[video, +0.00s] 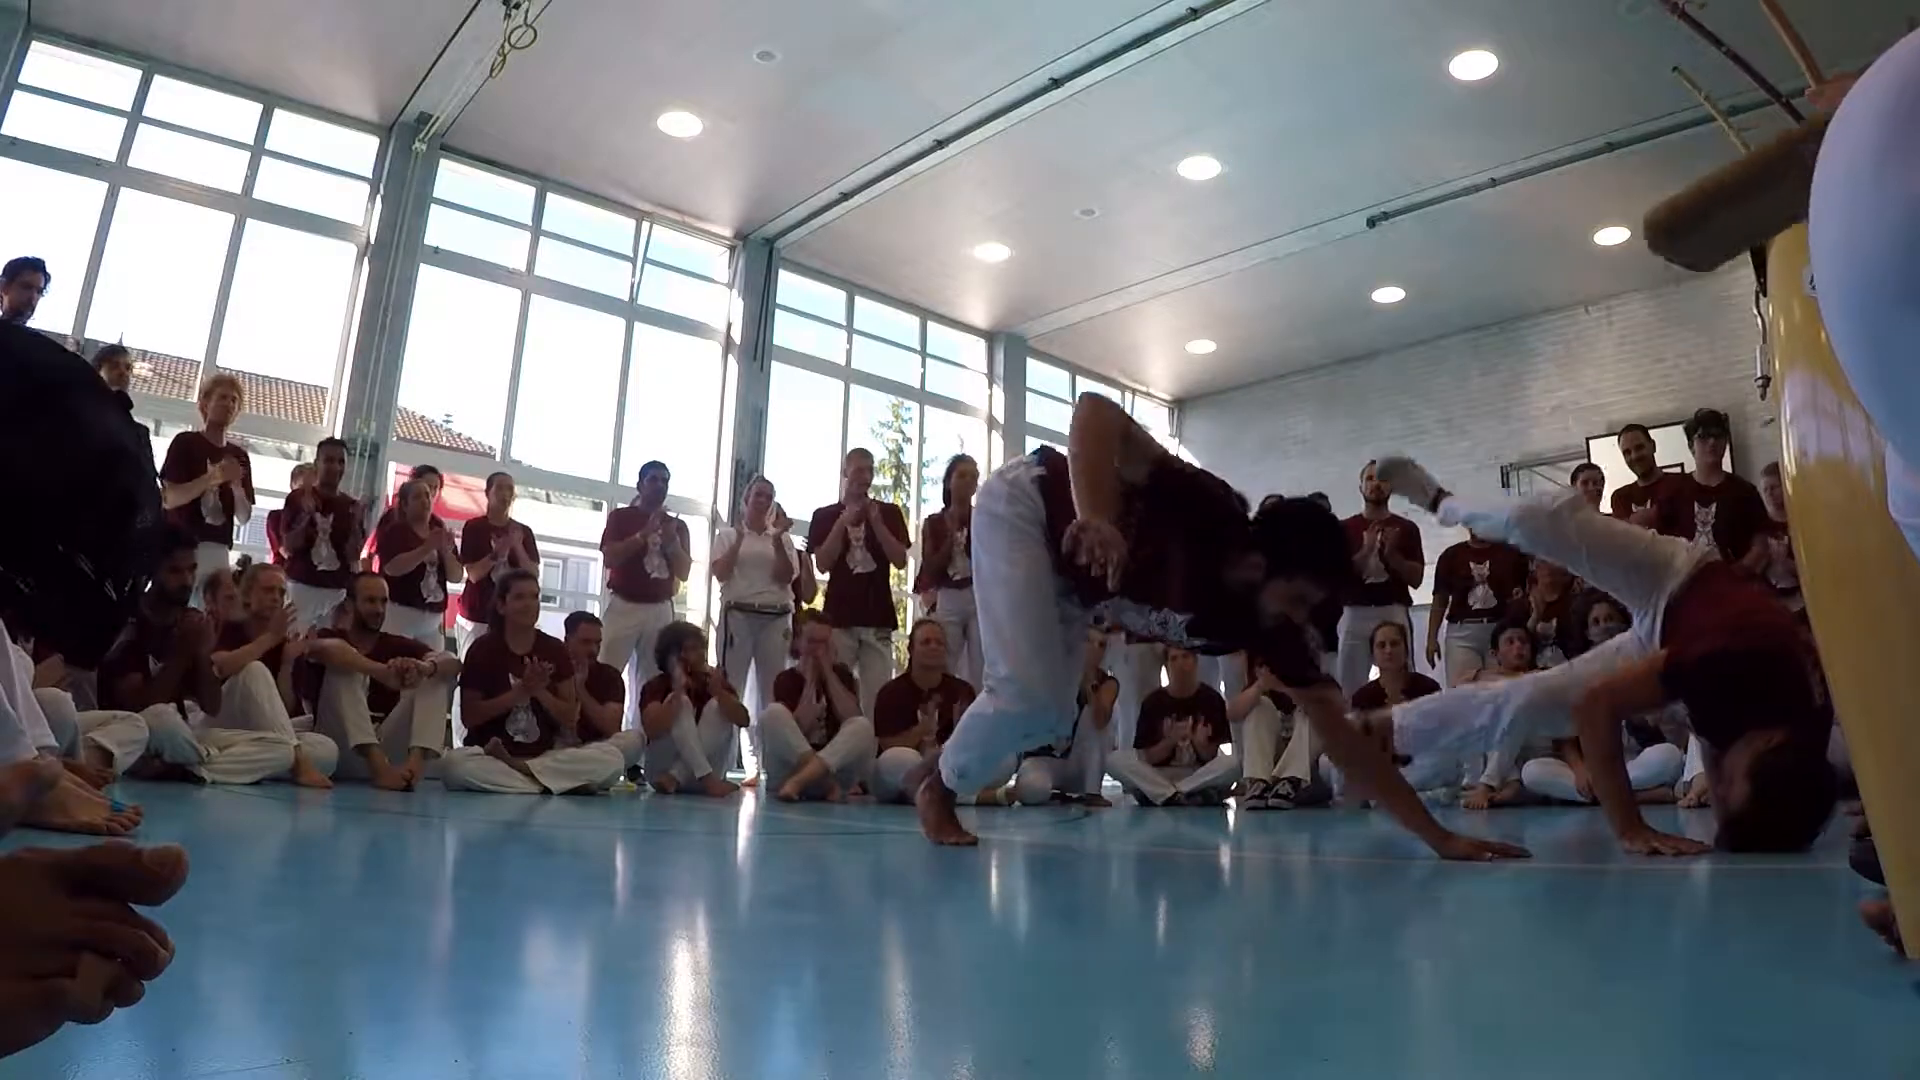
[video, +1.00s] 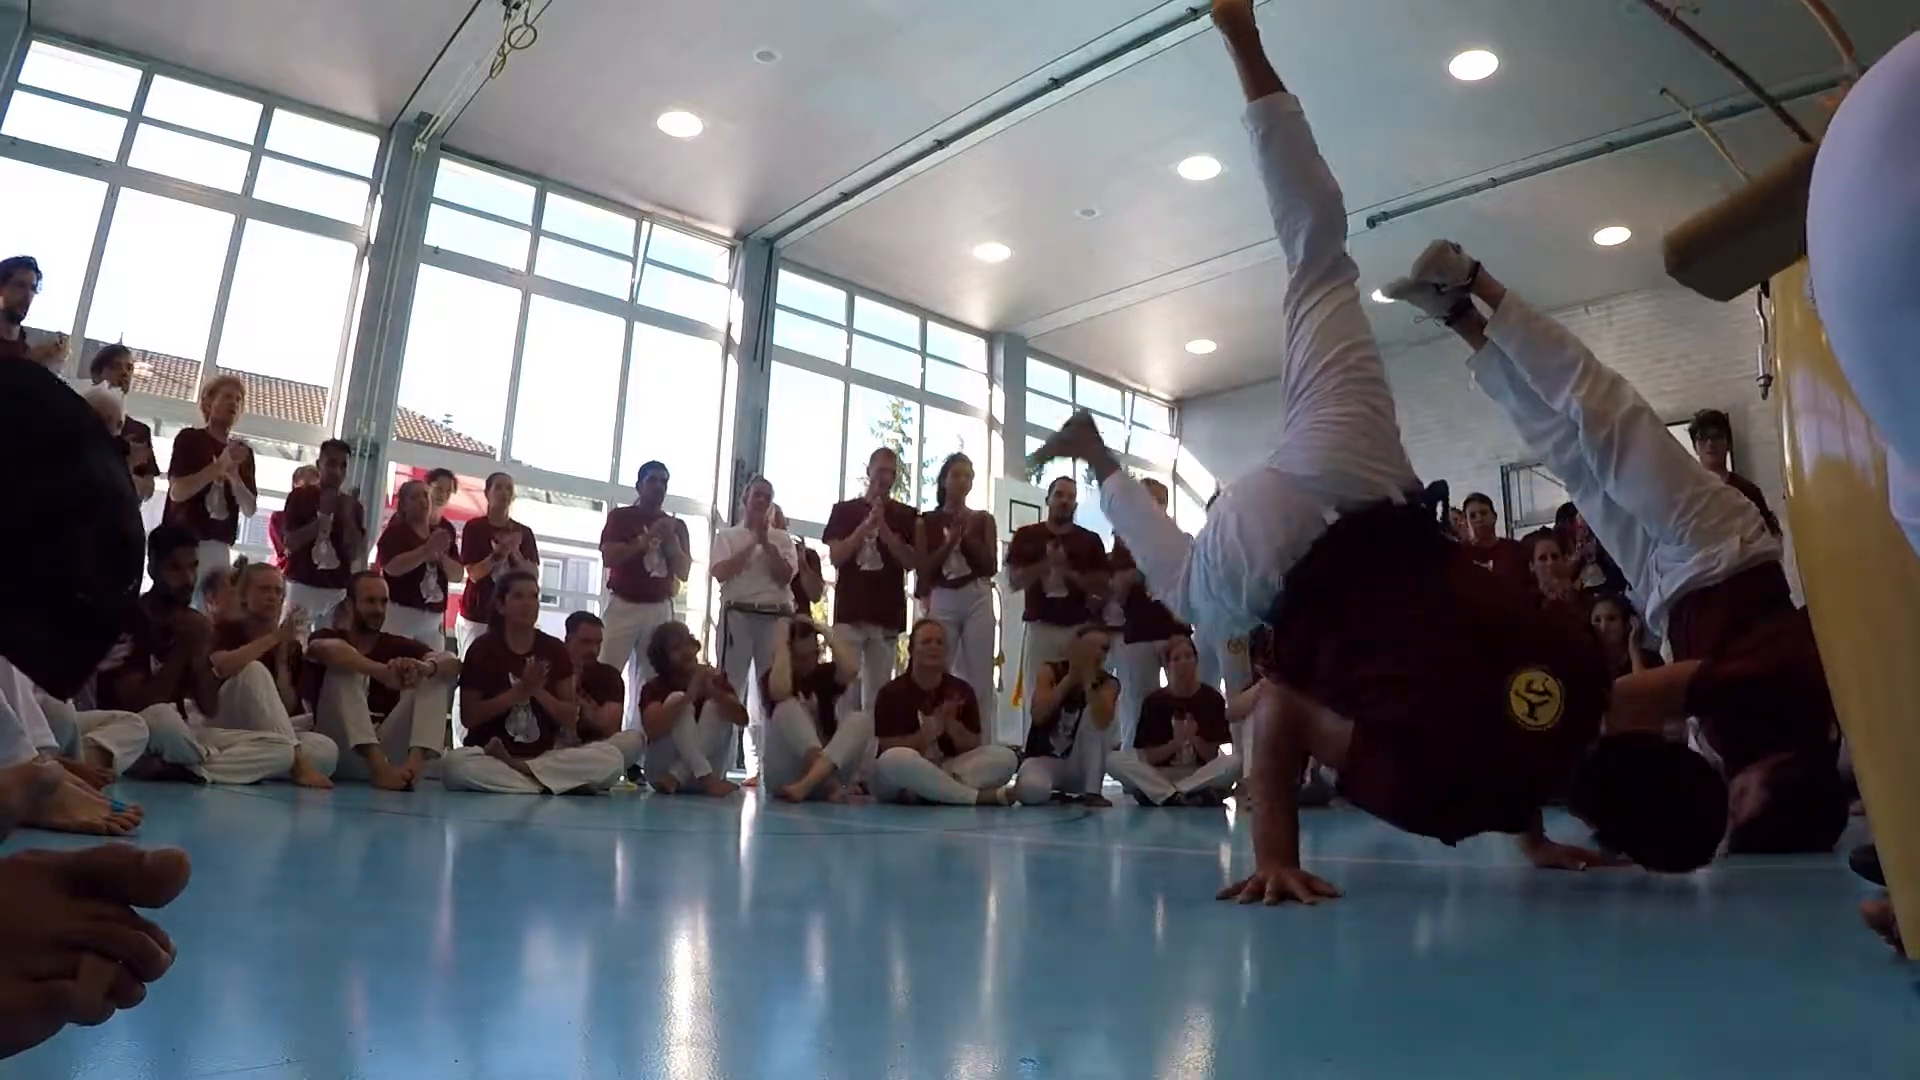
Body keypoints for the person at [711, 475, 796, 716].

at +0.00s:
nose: (762, 500)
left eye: (767, 496)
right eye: (758, 494)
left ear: (773, 503)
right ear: (746, 498)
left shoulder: (783, 538)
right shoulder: (728, 534)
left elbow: (787, 577)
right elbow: (721, 574)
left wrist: (778, 540)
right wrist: (738, 540)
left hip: (775, 618)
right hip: (737, 615)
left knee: (772, 691)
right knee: (729, 689)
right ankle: (725, 748)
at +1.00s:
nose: (759, 501)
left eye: (765, 497)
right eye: (755, 495)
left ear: (772, 503)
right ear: (744, 499)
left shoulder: (783, 538)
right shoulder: (728, 535)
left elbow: (785, 576)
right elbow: (719, 574)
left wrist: (765, 541)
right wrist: (750, 548)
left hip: (775, 616)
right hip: (737, 614)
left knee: (773, 693)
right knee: (730, 690)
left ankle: (769, 765)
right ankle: (722, 764)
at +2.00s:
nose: (761, 500)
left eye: (766, 496)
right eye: (756, 495)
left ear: (773, 502)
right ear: (745, 499)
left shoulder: (781, 537)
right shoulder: (728, 534)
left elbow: (786, 580)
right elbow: (719, 573)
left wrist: (783, 541)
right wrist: (736, 541)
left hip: (774, 616)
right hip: (736, 614)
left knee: (772, 693)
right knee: (729, 690)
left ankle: (767, 764)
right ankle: (723, 765)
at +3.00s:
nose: (761, 499)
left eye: (766, 495)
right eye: (757, 494)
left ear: (772, 502)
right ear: (745, 497)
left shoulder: (780, 536)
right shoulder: (728, 534)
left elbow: (787, 576)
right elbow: (718, 571)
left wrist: (787, 540)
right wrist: (734, 539)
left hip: (775, 616)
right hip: (736, 615)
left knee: (773, 692)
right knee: (730, 690)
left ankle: (771, 764)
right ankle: (726, 763)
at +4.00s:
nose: (761, 500)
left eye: (766, 496)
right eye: (756, 495)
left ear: (773, 502)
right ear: (745, 498)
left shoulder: (783, 538)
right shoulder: (728, 535)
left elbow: (786, 577)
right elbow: (721, 574)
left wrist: (766, 544)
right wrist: (752, 549)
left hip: (775, 618)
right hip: (736, 616)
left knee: (772, 693)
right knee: (730, 690)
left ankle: (768, 763)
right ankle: (725, 764)